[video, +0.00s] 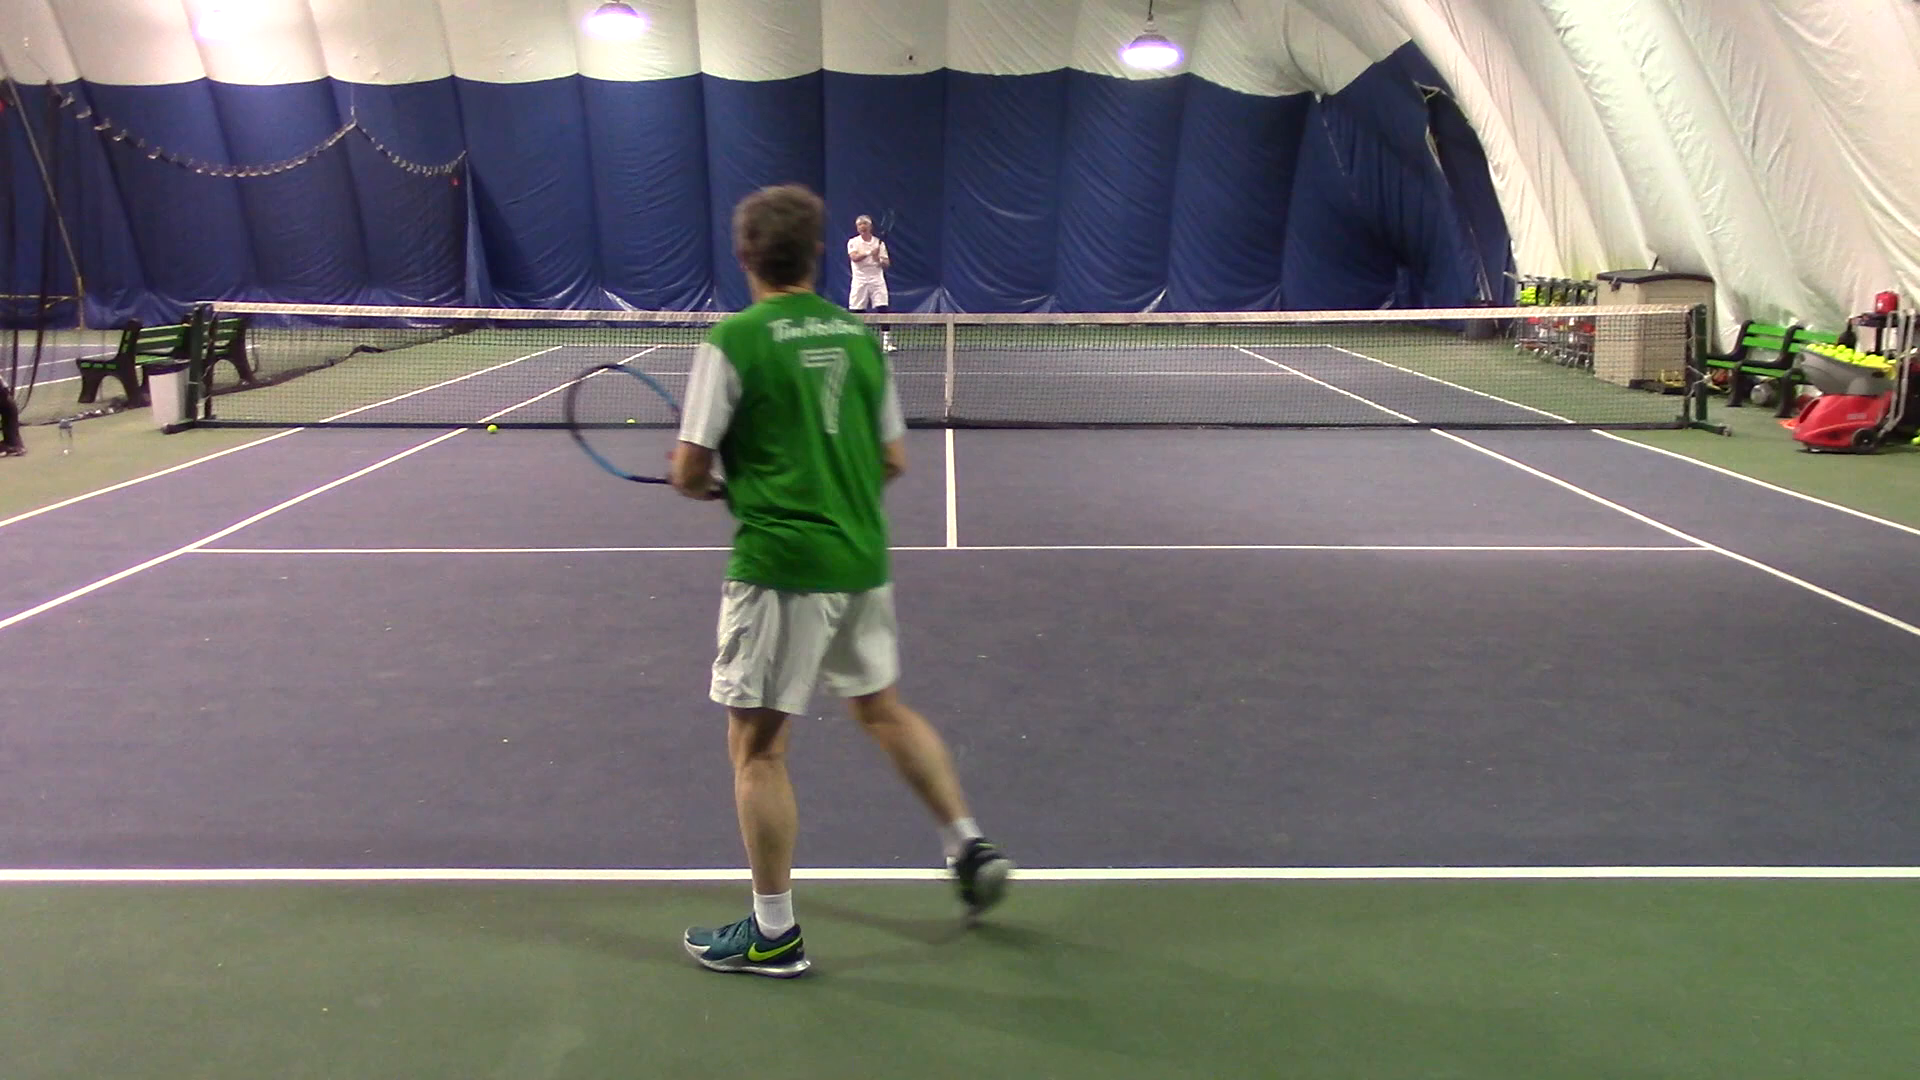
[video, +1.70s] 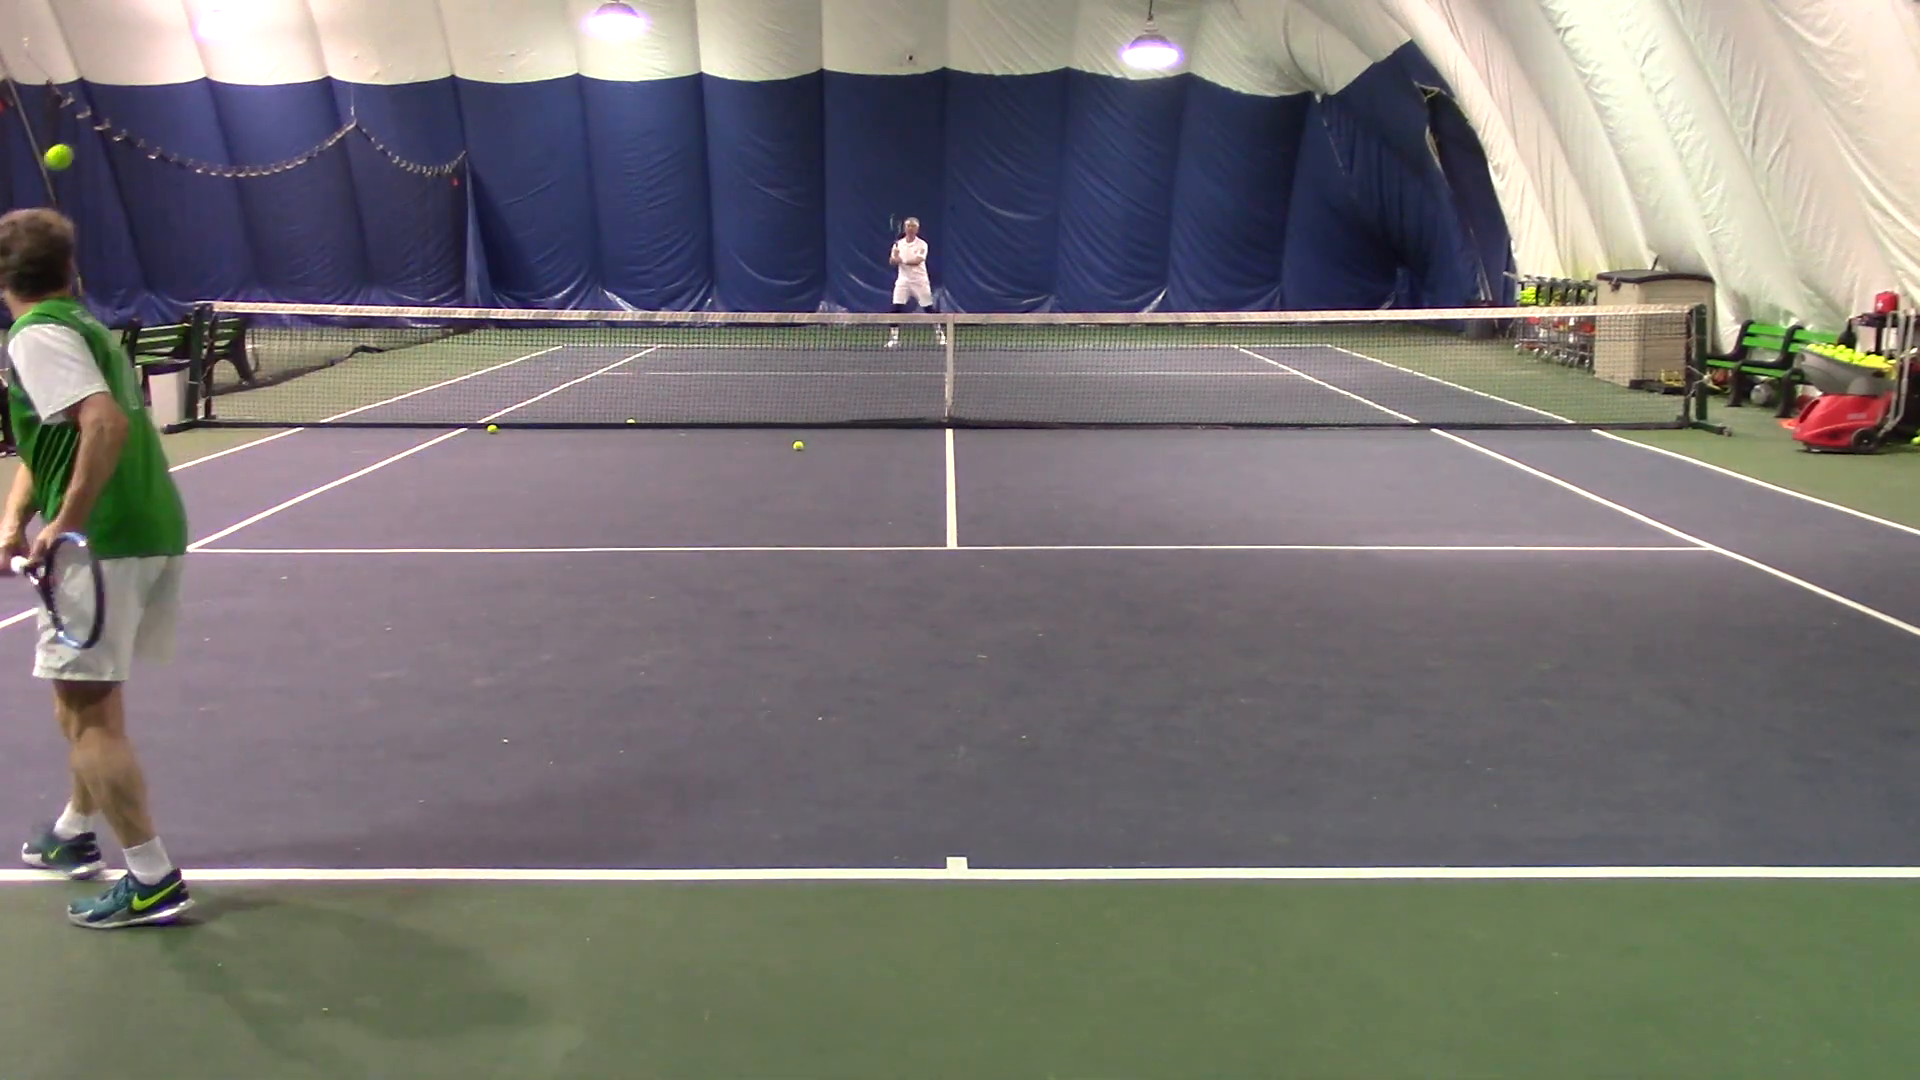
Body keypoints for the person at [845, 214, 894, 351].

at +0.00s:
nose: (863, 231)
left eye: (865, 228)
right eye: (860, 229)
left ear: (870, 227)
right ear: (857, 229)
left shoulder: (879, 243)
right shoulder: (853, 242)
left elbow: (886, 263)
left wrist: (877, 257)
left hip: (877, 279)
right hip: (859, 280)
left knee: (882, 309)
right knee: (856, 311)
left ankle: (886, 340)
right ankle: (854, 342)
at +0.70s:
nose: (880, 226)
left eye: (883, 223)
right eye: (878, 223)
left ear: (888, 226)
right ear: (875, 225)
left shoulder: (893, 243)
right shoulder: (866, 241)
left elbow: (896, 262)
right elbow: (860, 260)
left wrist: (883, 262)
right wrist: (867, 257)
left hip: (886, 279)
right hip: (869, 277)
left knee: (885, 310)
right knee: (865, 307)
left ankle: (882, 340)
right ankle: (866, 339)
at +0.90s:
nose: (886, 231)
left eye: (889, 229)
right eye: (884, 228)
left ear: (893, 229)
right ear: (880, 227)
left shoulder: (898, 245)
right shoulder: (871, 242)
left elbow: (899, 263)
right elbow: (864, 260)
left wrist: (885, 262)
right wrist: (871, 256)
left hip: (888, 281)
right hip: (872, 280)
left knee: (886, 311)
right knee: (872, 310)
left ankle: (882, 341)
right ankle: (878, 335)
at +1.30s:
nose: (892, 227)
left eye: (895, 224)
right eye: (890, 224)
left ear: (899, 226)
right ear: (886, 225)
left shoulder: (905, 242)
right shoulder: (879, 241)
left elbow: (902, 260)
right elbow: (874, 259)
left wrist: (888, 258)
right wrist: (880, 254)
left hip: (900, 278)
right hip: (885, 278)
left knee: (896, 305)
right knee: (887, 306)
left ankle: (893, 336)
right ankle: (893, 335)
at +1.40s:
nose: (896, 226)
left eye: (898, 224)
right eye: (894, 223)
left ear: (902, 225)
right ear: (889, 225)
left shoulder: (908, 240)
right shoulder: (883, 240)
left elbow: (904, 257)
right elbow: (877, 256)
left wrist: (888, 255)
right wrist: (882, 252)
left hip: (903, 277)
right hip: (888, 277)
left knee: (904, 306)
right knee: (891, 307)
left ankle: (904, 337)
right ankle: (893, 336)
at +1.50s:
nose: (900, 226)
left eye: (903, 223)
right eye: (898, 222)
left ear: (906, 225)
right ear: (894, 224)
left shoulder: (911, 240)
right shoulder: (888, 240)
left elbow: (907, 256)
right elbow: (882, 257)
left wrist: (892, 255)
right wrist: (885, 250)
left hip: (908, 277)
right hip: (892, 276)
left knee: (912, 306)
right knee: (891, 307)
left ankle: (919, 333)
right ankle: (894, 337)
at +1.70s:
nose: (910, 229)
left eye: (913, 227)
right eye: (908, 226)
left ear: (917, 229)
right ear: (905, 228)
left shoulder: (922, 244)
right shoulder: (898, 244)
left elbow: (918, 260)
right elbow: (892, 262)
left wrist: (903, 261)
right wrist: (895, 256)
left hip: (920, 280)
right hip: (903, 280)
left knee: (928, 308)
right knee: (896, 307)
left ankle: (939, 332)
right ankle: (894, 337)